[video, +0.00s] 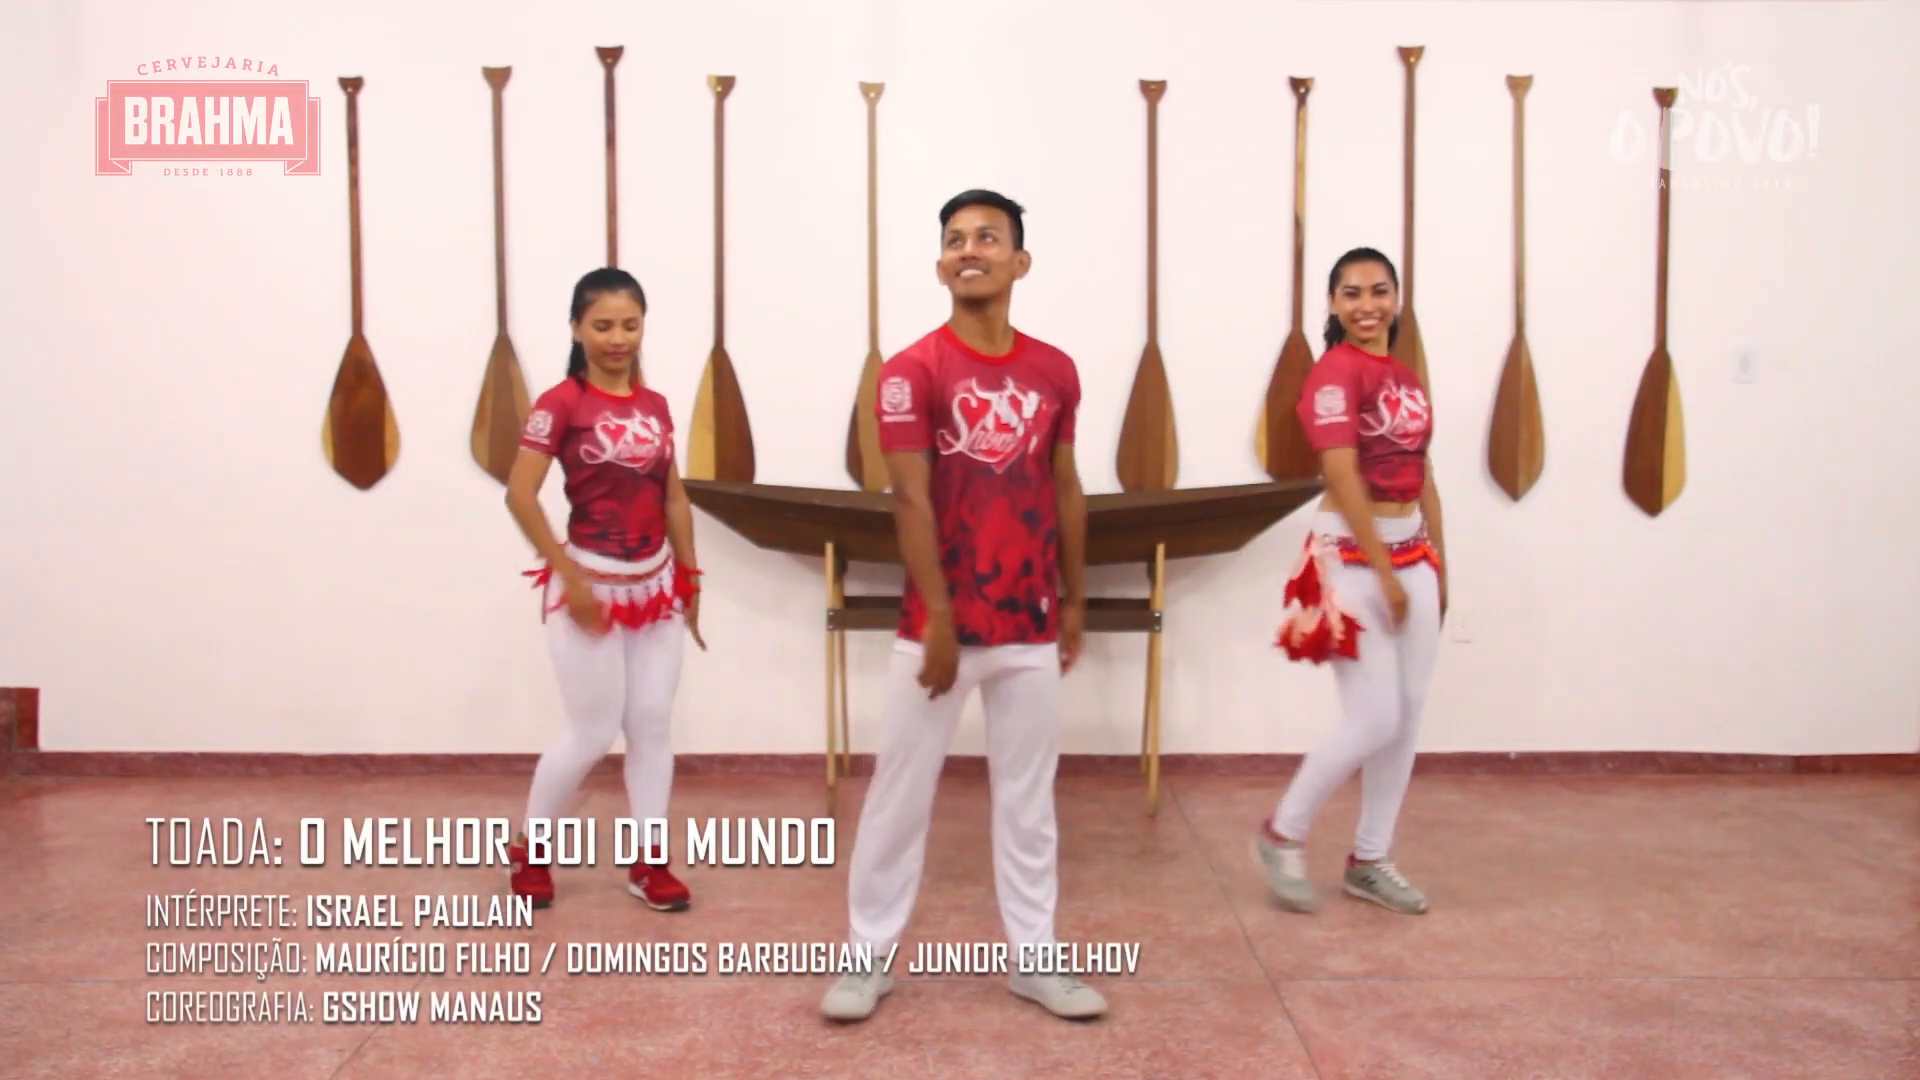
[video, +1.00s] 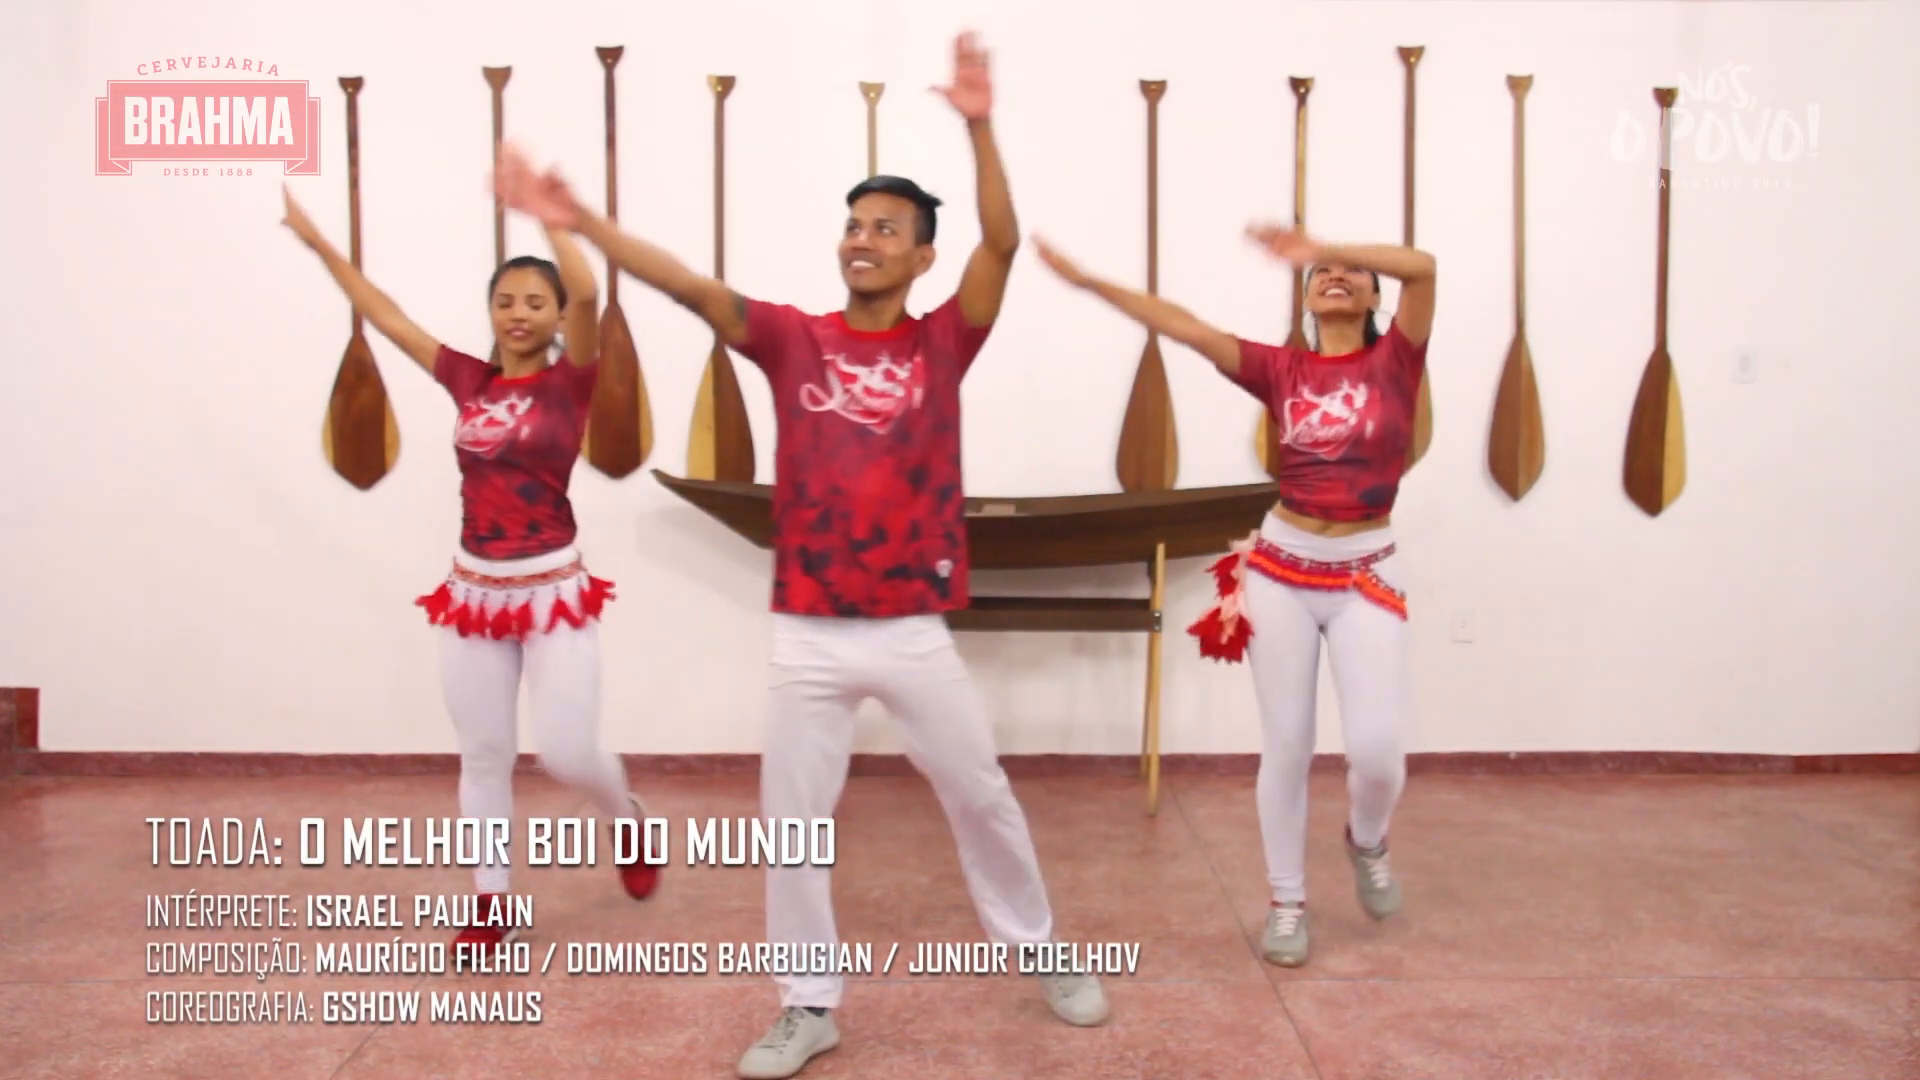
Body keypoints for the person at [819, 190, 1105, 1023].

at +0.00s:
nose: (969, 249)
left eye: (987, 237)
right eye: (956, 239)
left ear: (1020, 261)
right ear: (939, 264)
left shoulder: (1054, 371)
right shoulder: (912, 371)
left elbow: (1064, 486)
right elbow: (911, 499)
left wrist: (1074, 600)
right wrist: (939, 618)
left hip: (1028, 626)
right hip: (937, 625)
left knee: (1028, 800)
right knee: (898, 797)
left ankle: (1034, 954)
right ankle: (868, 951)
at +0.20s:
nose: (967, 250)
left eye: (986, 238)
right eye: (955, 240)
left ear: (1022, 262)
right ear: (941, 266)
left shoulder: (1054, 372)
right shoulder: (920, 367)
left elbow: (1087, 486)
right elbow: (930, 482)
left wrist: (1113, 587)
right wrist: (1020, 561)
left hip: (1043, 622)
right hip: (958, 624)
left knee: (1043, 799)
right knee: (927, 797)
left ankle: (1037, 954)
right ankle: (880, 951)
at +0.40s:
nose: (958, 245)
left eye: (977, 234)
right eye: (946, 236)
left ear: (1015, 258)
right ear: (934, 263)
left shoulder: (1055, 351)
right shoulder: (920, 355)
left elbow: (1140, 363)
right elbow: (889, 360)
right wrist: (952, 312)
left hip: (1035, 622)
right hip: (944, 622)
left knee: (1037, 803)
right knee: (890, 788)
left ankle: (1035, 955)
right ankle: (850, 959)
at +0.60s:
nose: (942, 254)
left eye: (961, 240)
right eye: (931, 243)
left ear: (999, 261)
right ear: (918, 263)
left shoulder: (1031, 345)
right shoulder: (895, 350)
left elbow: (1110, 267)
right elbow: (846, 276)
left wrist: (1177, 173)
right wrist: (835, 155)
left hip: (1016, 625)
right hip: (921, 627)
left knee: (1025, 807)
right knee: (873, 812)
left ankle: (1035, 957)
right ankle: (823, 989)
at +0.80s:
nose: (903, 247)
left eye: (923, 236)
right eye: (892, 235)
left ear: (961, 260)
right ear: (876, 256)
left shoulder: (981, 347)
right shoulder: (841, 348)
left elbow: (1043, 242)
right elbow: (755, 265)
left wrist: (1067, 122)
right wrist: (683, 177)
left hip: (967, 626)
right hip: (865, 629)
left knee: (1005, 806)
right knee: (830, 822)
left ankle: (1035, 956)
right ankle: (812, 1002)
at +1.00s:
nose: (862, 240)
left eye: (883, 229)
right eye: (852, 228)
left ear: (924, 255)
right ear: (838, 248)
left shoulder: (944, 343)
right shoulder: (792, 338)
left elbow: (999, 242)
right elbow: (687, 282)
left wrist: (981, 123)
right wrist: (577, 217)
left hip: (915, 629)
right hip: (808, 630)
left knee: (982, 798)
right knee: (791, 827)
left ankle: (1044, 953)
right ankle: (807, 1006)